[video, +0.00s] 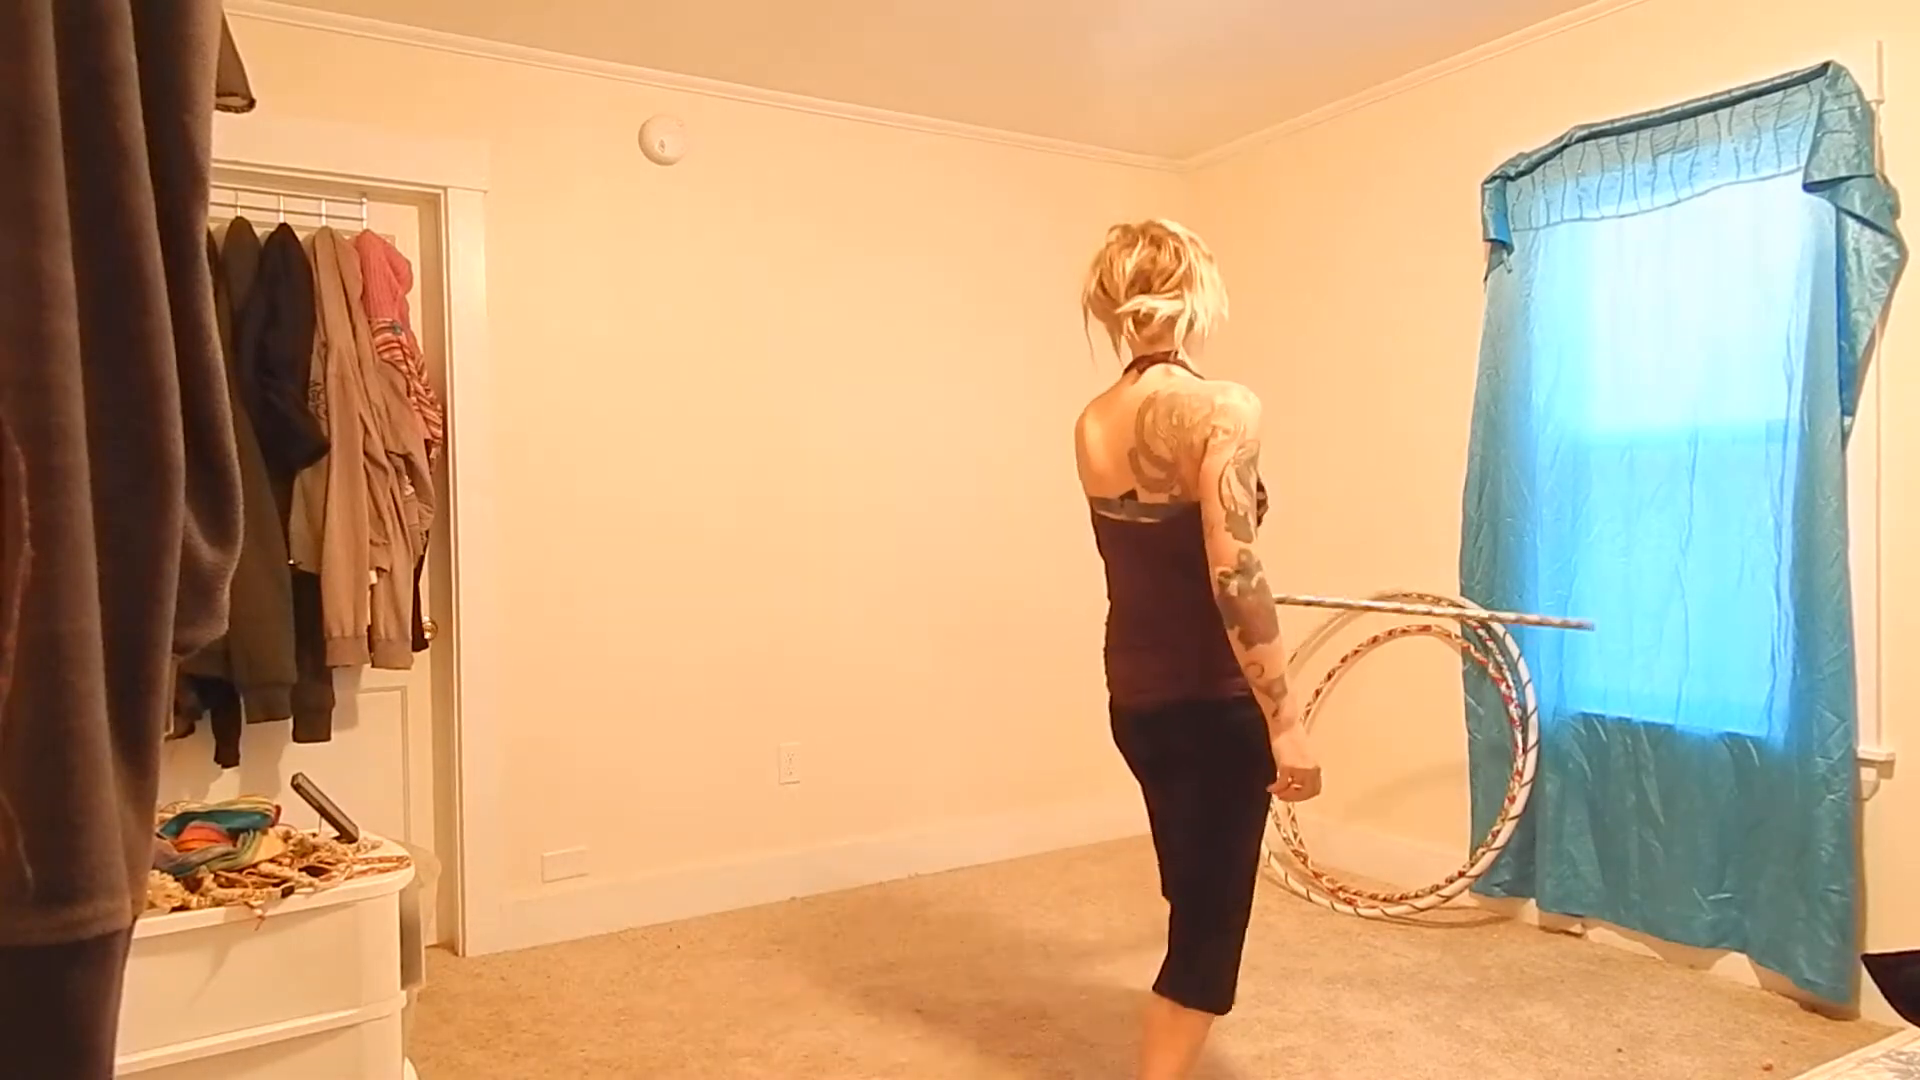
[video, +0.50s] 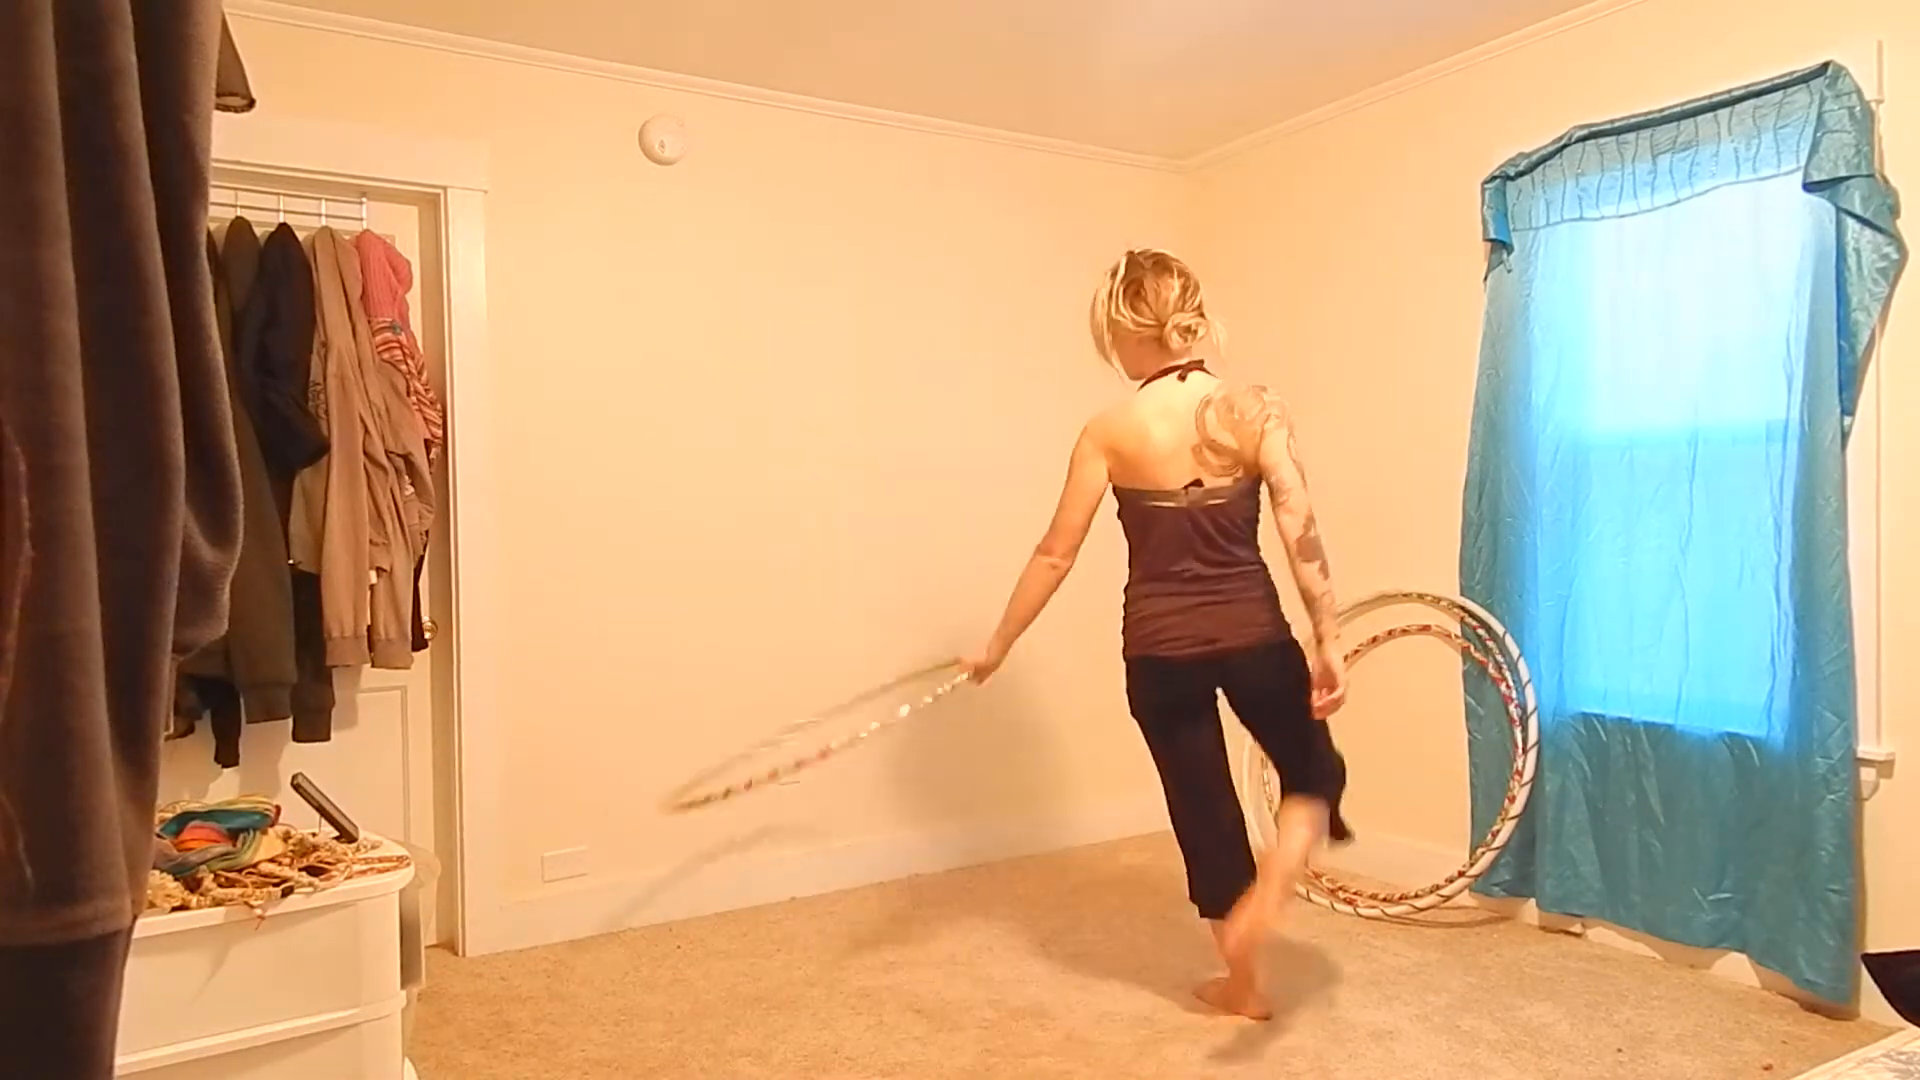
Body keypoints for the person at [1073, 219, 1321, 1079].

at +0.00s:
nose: (1199, 305)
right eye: (1198, 290)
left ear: (1111, 308)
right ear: (1196, 298)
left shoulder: (1094, 422)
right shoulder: (1215, 409)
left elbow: (1131, 574)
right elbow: (1232, 573)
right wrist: (1285, 718)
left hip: (1137, 700)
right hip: (1214, 697)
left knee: (1193, 915)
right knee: (1207, 933)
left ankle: (1180, 1059)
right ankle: (1155, 1070)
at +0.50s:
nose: (1112, 352)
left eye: (1112, 336)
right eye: (1110, 338)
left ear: (1127, 334)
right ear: (1197, 323)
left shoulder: (1108, 432)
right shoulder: (1254, 413)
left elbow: (1057, 551)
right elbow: (1300, 536)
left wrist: (998, 643)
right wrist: (1325, 643)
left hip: (1159, 656)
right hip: (1251, 643)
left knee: (1203, 811)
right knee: (1311, 769)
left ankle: (1242, 982)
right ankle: (1272, 890)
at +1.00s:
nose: (1067, 367)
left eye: (1069, 349)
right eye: (1064, 350)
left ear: (1101, 340)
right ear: (1131, 332)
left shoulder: (1143, 410)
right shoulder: (1180, 395)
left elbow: (1258, 489)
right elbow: (1294, 456)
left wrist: (1295, 594)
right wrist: (1342, 542)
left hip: (1189, 646)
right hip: (1200, 639)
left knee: (1215, 812)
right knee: (1063, 739)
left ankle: (1245, 981)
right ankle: (1110, 889)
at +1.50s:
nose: (999, 380)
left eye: (1007, 363)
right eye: (999, 364)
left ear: (1051, 357)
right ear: (1038, 361)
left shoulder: (1141, 431)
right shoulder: (1033, 456)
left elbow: (1229, 546)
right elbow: (939, 518)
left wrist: (1211, 668)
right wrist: (907, 593)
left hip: (1146, 683)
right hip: (1054, 681)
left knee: (1141, 873)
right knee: (1034, 857)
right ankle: (1079, 1025)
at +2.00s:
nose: (1061, 319)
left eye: (1076, 309)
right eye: (1049, 306)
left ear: (1092, 333)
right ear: (1017, 321)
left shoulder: (1102, 430)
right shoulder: (987, 397)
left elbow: (1136, 493)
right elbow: (980, 278)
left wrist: (1016, 502)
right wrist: (1080, 201)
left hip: (1110, 643)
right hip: (1019, 663)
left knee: (1225, 751)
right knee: (1043, 843)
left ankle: (1351, 914)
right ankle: (1080, 1016)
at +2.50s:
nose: (1117, 317)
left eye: (1124, 305)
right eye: (1099, 301)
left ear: (1129, 327)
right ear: (1050, 316)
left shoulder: (1151, 423)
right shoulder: (1014, 404)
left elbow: (1269, 494)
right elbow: (951, 313)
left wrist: (1324, 605)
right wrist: (992, 219)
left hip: (1139, 678)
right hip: (1037, 680)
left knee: (1178, 868)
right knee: (1038, 869)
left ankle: (1223, 1061)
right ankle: (1085, 1029)